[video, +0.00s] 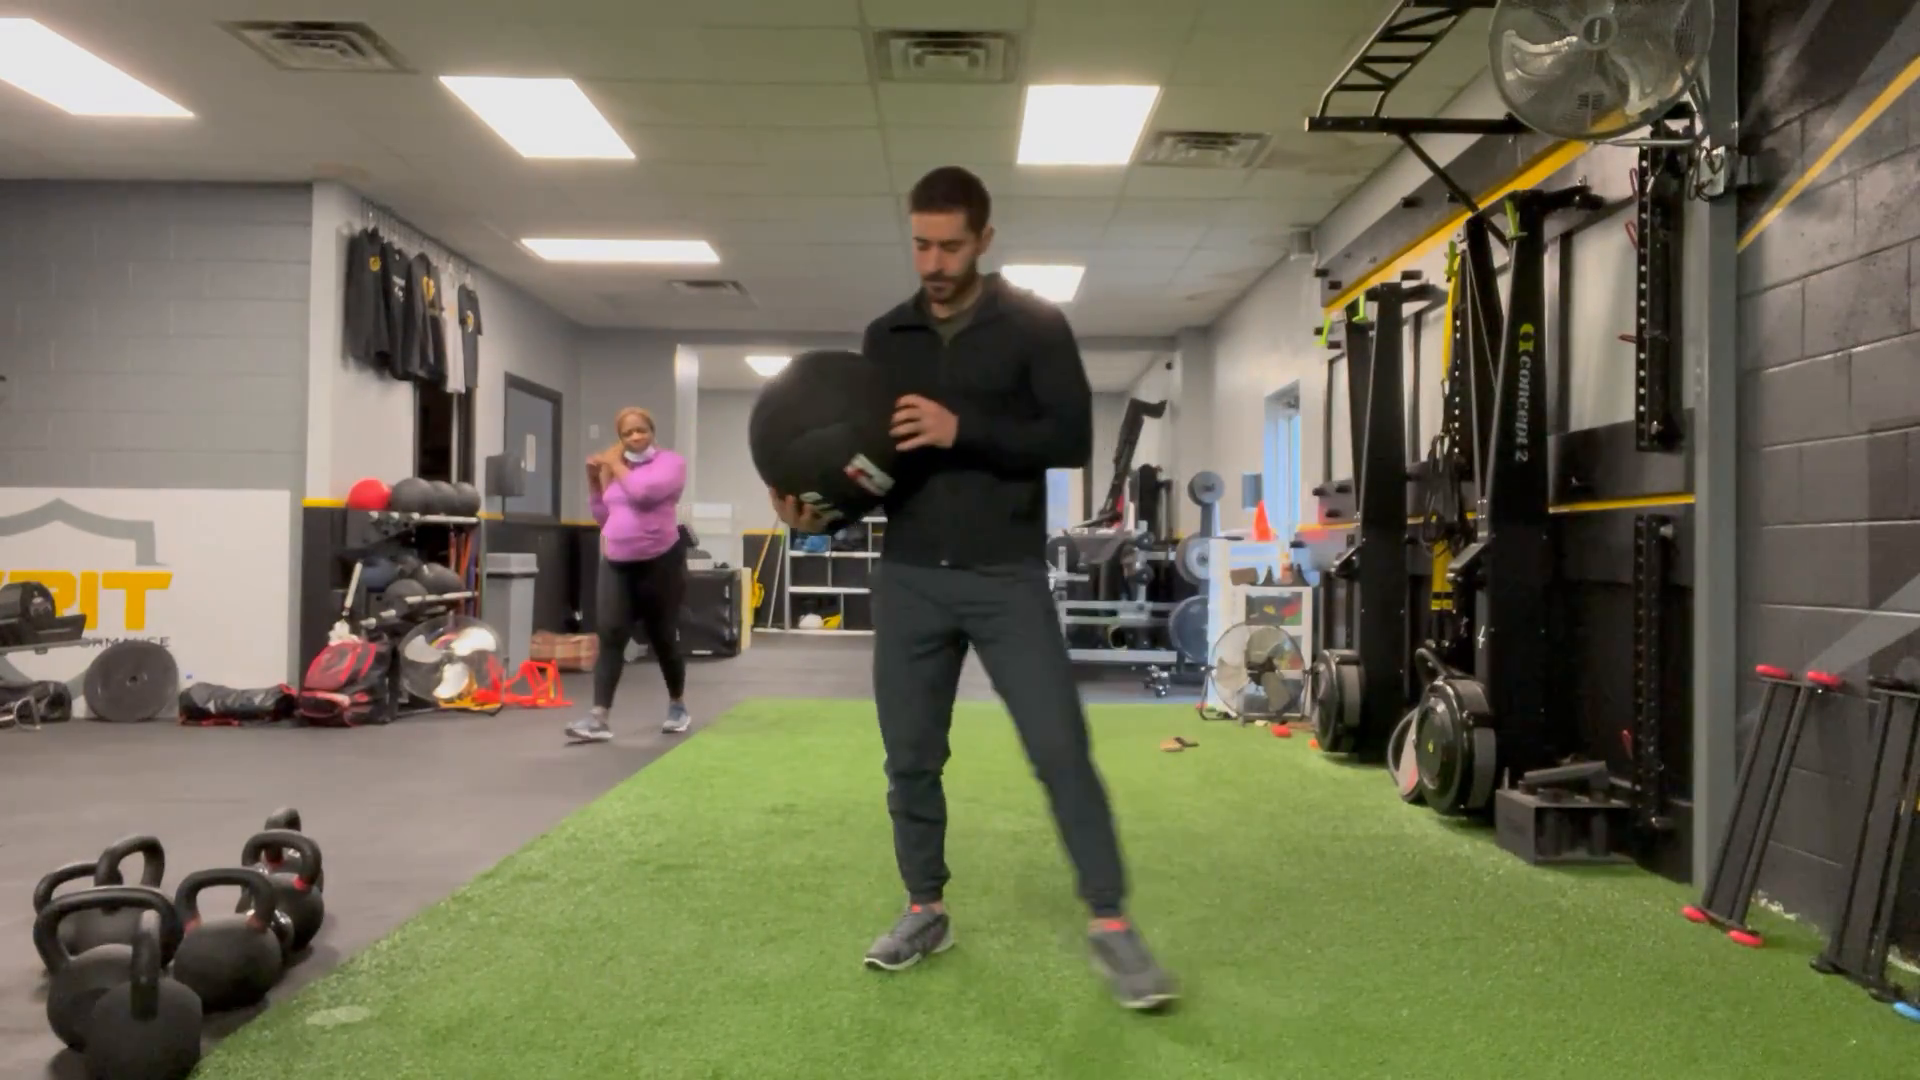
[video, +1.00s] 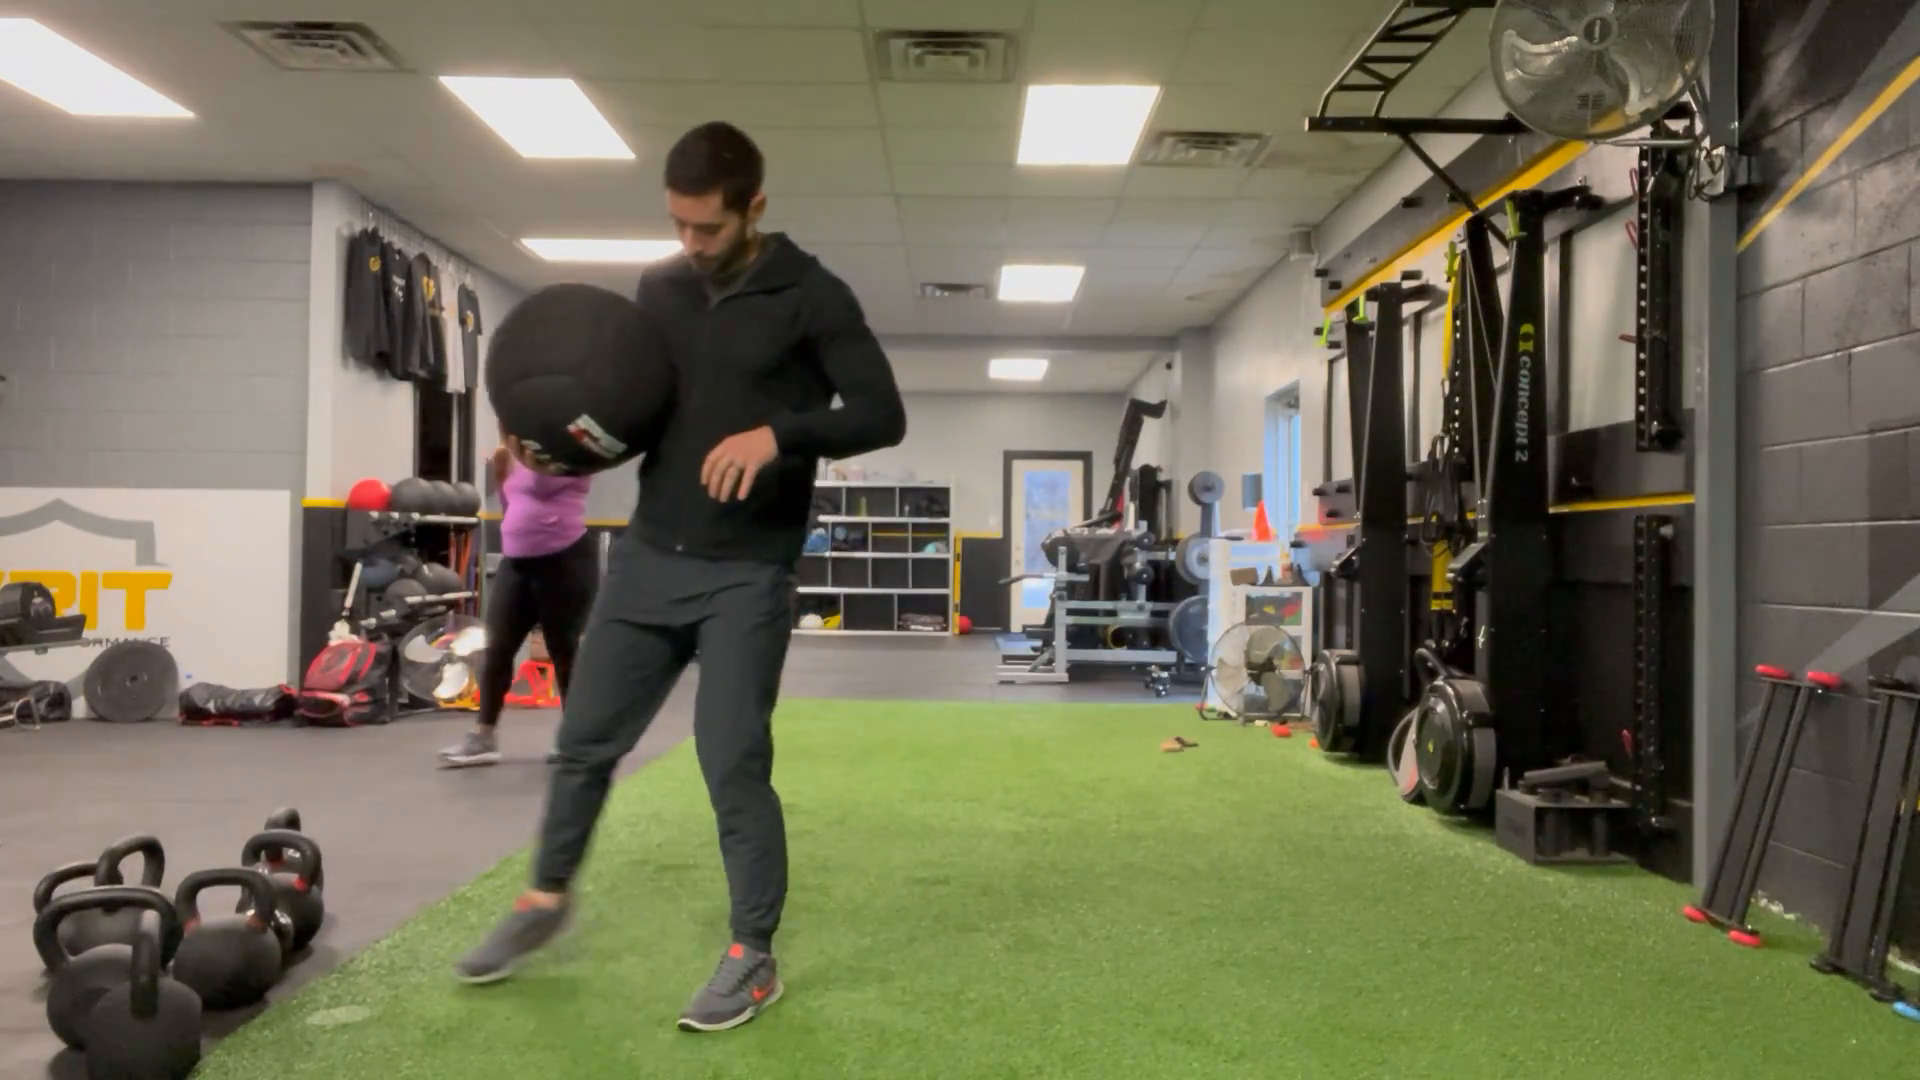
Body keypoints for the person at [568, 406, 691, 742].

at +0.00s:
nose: (635, 437)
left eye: (641, 430)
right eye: (628, 433)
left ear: (652, 433)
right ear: (620, 438)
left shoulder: (671, 463)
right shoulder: (613, 466)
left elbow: (643, 494)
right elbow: (601, 516)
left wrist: (615, 464)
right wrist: (595, 481)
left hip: (660, 558)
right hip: (617, 560)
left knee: (662, 635)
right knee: (610, 634)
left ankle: (677, 707)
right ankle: (599, 716)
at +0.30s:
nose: (604, 429)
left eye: (610, 422)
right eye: (597, 424)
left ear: (620, 425)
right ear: (586, 430)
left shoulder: (637, 455)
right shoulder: (573, 460)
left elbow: (616, 486)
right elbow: (558, 513)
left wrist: (582, 458)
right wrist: (555, 473)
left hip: (624, 555)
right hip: (579, 558)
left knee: (610, 628)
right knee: (586, 637)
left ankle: (629, 701)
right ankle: (595, 717)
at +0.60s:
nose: (580, 429)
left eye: (586, 422)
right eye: (572, 424)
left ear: (597, 424)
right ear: (560, 429)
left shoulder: (611, 456)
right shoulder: (549, 459)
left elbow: (589, 491)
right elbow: (532, 514)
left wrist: (557, 456)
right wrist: (527, 470)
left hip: (599, 557)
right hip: (555, 562)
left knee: (585, 641)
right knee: (565, 643)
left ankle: (580, 730)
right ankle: (594, 718)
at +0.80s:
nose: (553, 423)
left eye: (559, 416)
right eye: (549, 417)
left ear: (581, 422)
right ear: (548, 422)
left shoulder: (601, 457)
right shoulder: (539, 458)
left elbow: (570, 483)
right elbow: (521, 514)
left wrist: (544, 452)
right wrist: (515, 471)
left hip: (585, 555)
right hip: (541, 560)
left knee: (577, 644)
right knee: (518, 641)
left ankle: (576, 731)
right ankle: (556, 697)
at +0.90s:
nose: (536, 416)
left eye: (545, 410)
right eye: (533, 411)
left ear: (567, 412)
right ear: (531, 413)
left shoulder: (587, 448)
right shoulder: (528, 450)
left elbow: (557, 483)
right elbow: (515, 514)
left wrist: (529, 449)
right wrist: (507, 470)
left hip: (577, 554)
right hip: (531, 557)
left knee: (571, 647)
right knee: (505, 639)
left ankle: (574, 730)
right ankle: (525, 715)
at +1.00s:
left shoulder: (578, 446)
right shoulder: (519, 446)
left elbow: (546, 484)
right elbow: (511, 505)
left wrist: (517, 445)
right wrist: (500, 476)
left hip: (565, 557)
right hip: (517, 560)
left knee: (564, 650)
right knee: (498, 647)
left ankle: (578, 736)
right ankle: (484, 735)